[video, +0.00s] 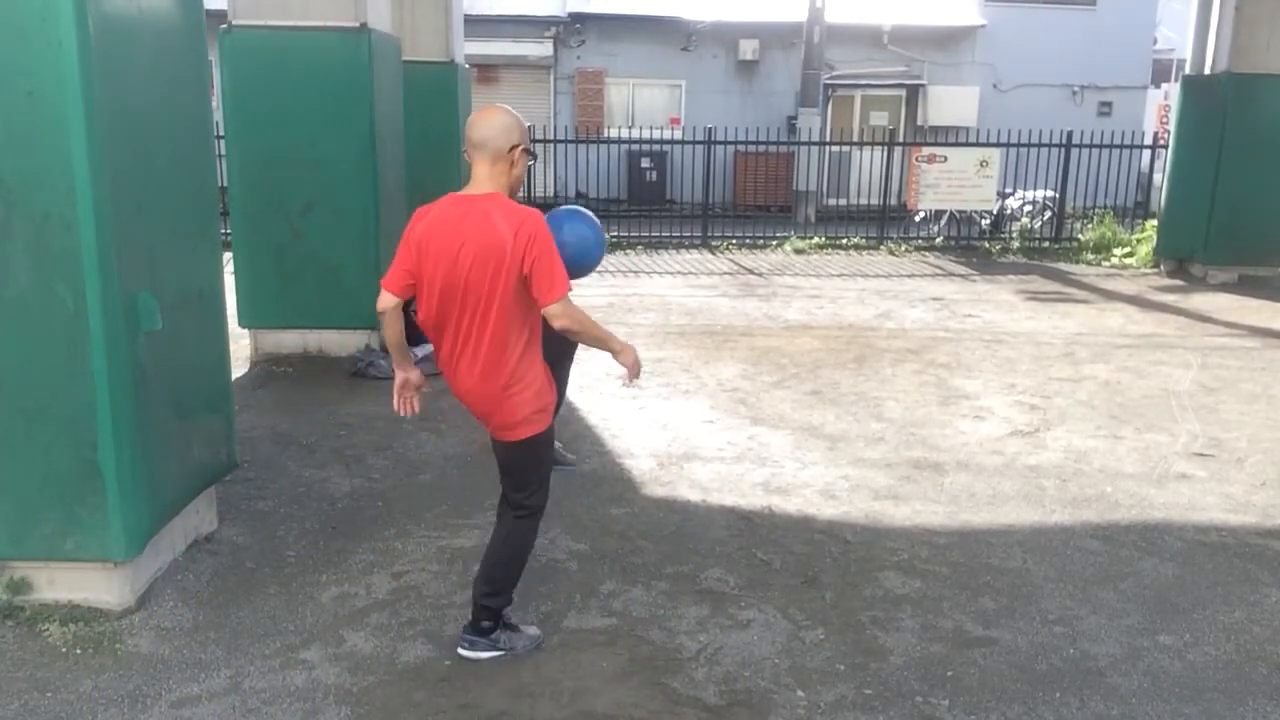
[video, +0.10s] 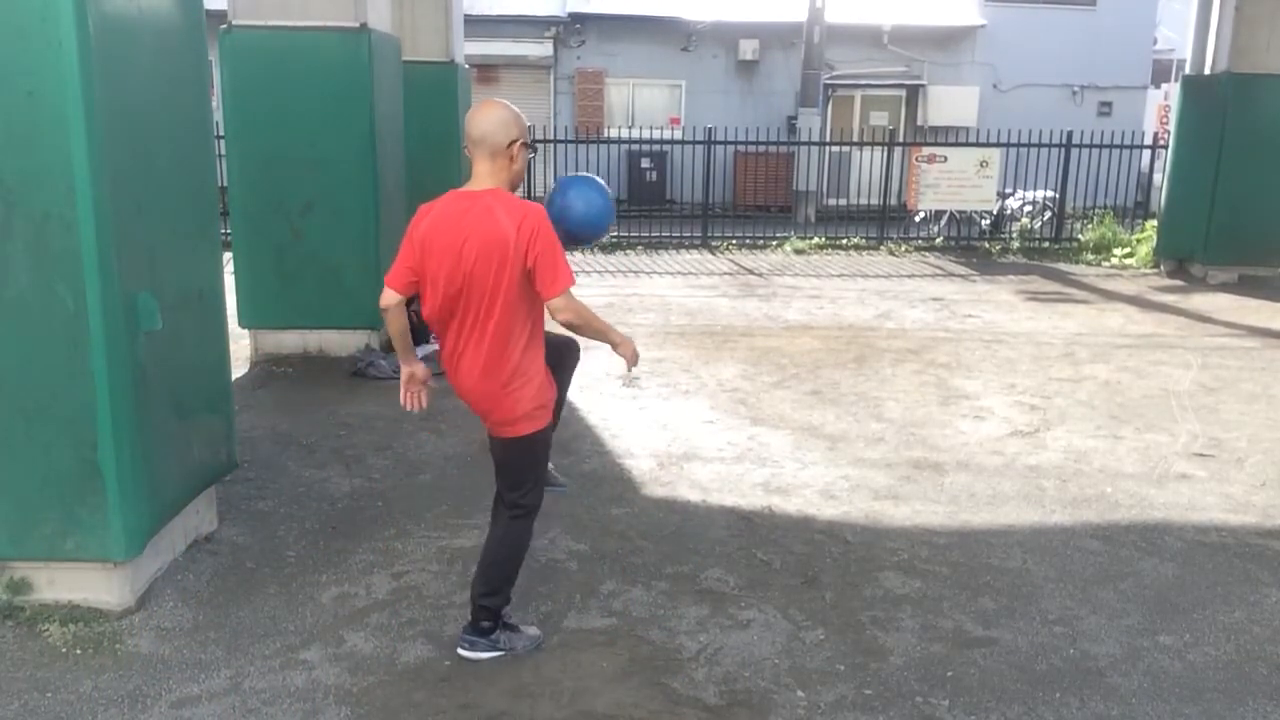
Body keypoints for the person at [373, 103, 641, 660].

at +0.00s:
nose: (527, 163)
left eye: (524, 153)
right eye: (527, 154)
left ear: (469, 155)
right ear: (516, 157)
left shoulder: (427, 220)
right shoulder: (525, 224)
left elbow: (388, 303)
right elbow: (558, 314)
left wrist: (402, 364)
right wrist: (616, 345)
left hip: (467, 379)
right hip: (519, 391)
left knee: (563, 324)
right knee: (521, 507)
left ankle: (539, 448)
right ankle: (484, 626)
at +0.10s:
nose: (527, 157)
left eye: (524, 147)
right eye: (526, 147)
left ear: (470, 151)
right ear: (514, 150)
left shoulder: (431, 216)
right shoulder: (528, 219)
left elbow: (391, 300)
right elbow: (562, 309)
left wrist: (408, 363)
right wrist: (616, 337)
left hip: (466, 371)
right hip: (516, 383)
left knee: (563, 350)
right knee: (516, 503)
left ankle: (534, 467)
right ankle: (484, 626)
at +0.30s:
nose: (527, 167)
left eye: (527, 156)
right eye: (525, 155)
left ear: (477, 156)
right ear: (503, 155)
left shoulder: (438, 219)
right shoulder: (508, 218)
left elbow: (412, 295)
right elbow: (536, 310)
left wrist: (458, 328)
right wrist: (601, 342)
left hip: (477, 385)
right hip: (524, 388)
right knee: (571, 481)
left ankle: (479, 586)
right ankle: (509, 593)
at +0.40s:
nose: (527, 177)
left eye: (527, 166)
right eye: (524, 165)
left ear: (478, 164)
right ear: (499, 163)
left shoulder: (449, 222)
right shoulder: (495, 227)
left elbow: (435, 290)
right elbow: (505, 322)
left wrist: (493, 321)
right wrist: (574, 373)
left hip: (482, 386)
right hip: (517, 381)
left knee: (510, 475)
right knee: (621, 411)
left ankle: (481, 586)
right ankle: (564, 516)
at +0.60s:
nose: (544, 162)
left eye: (542, 153)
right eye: (538, 153)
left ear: (500, 159)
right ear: (514, 158)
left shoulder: (477, 216)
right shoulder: (512, 225)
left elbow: (517, 272)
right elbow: (501, 316)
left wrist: (570, 282)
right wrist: (534, 406)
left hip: (508, 378)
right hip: (548, 374)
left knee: (518, 473)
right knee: (656, 366)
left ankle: (481, 586)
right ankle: (619, 472)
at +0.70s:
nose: (553, 157)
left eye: (550, 147)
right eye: (547, 148)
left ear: (507, 157)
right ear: (523, 155)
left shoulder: (487, 213)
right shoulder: (525, 222)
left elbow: (516, 271)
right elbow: (516, 316)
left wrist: (572, 281)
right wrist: (547, 404)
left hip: (515, 376)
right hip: (558, 373)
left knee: (516, 475)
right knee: (659, 410)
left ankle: (481, 586)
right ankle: (622, 519)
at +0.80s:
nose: (572, 158)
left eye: (569, 148)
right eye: (567, 149)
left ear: (527, 160)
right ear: (544, 158)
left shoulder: (505, 217)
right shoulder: (550, 226)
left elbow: (505, 298)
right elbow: (550, 318)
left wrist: (571, 306)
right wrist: (586, 402)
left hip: (536, 382)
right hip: (583, 383)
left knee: (527, 476)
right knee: (638, 472)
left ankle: (483, 583)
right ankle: (617, 586)